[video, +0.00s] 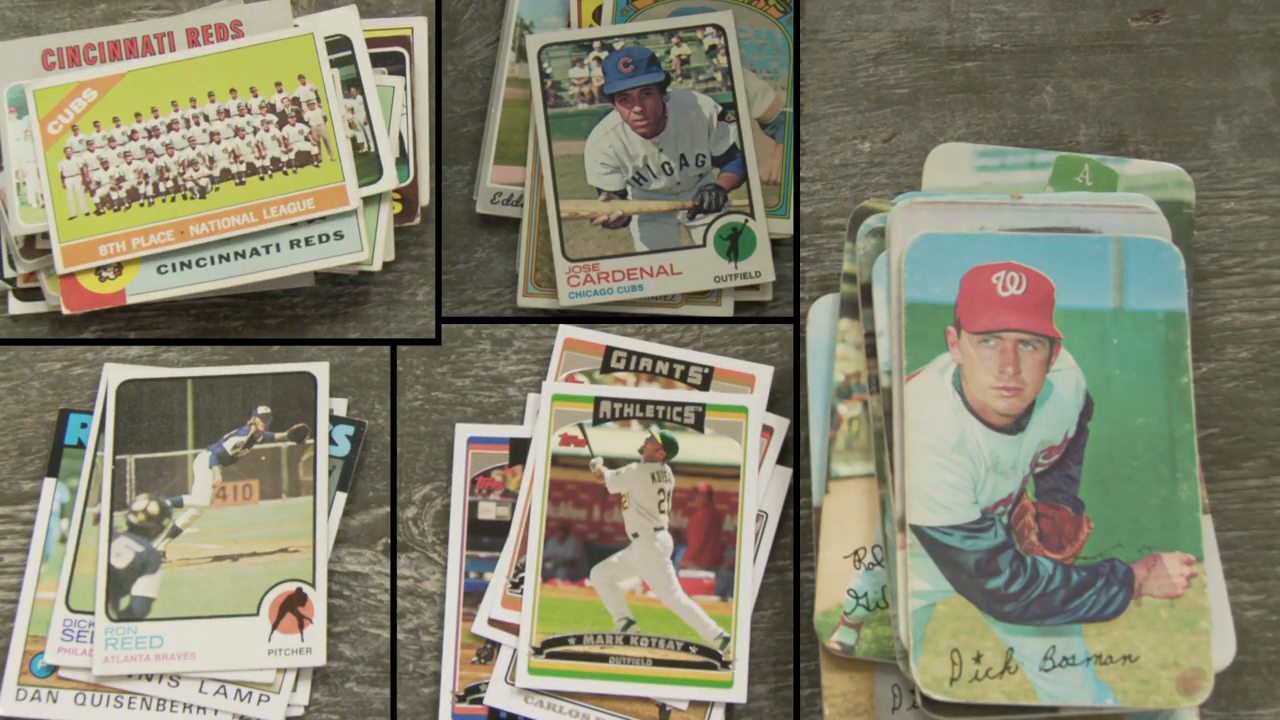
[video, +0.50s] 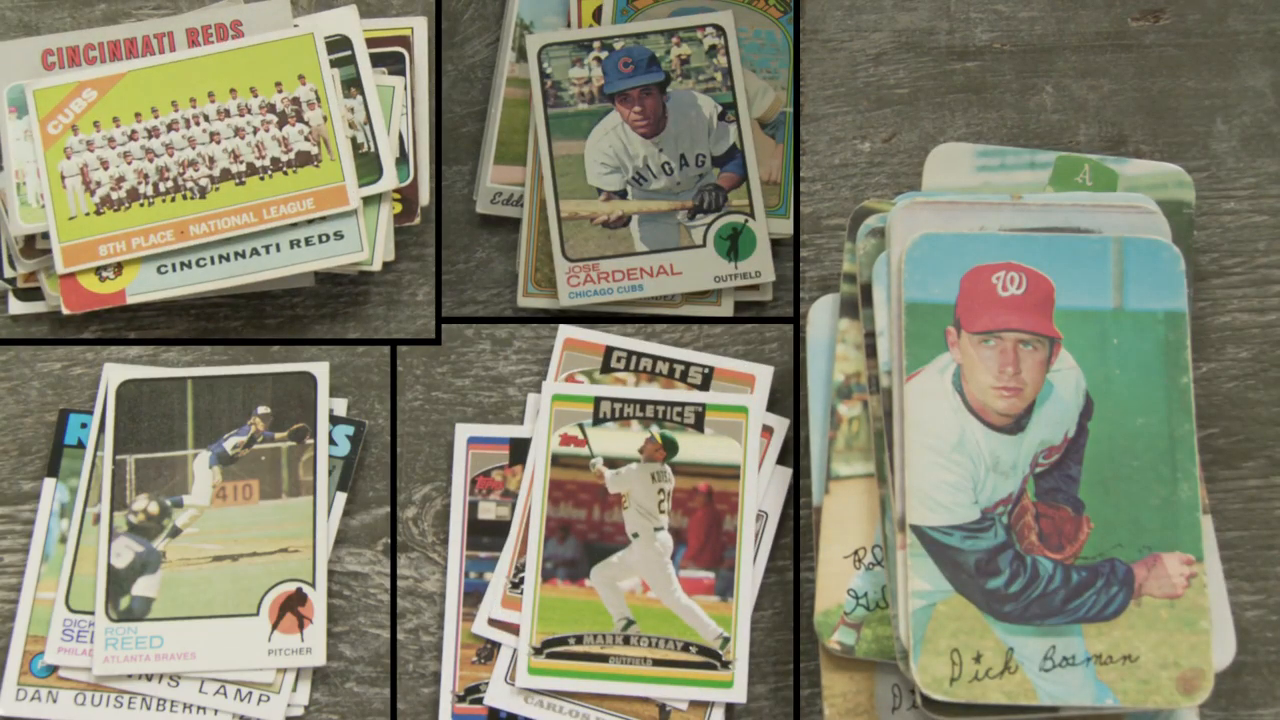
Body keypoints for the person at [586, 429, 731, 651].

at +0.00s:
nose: (645, 443)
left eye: (651, 442)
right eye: (648, 440)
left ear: (661, 454)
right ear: (661, 456)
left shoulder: (636, 471)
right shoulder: (666, 473)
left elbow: (611, 482)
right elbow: (630, 481)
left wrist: (600, 467)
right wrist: (605, 473)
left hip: (649, 542)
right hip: (658, 539)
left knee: (672, 596)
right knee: (600, 574)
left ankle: (718, 636)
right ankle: (624, 622)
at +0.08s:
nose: (645, 443)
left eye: (651, 442)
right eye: (648, 440)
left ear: (661, 454)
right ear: (661, 456)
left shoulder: (636, 471)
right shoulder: (666, 473)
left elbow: (611, 482)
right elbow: (630, 481)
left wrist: (600, 467)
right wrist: (605, 473)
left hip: (649, 542)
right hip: (658, 539)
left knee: (672, 596)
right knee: (600, 574)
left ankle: (718, 636)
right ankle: (624, 622)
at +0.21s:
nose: (645, 443)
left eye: (651, 442)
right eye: (648, 440)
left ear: (661, 454)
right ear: (661, 456)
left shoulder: (636, 471)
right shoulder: (666, 473)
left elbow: (611, 482)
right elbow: (630, 481)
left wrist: (600, 467)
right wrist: (605, 473)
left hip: (649, 542)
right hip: (658, 539)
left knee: (672, 596)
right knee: (600, 574)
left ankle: (718, 636)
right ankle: (624, 622)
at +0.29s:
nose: (645, 443)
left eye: (651, 442)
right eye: (648, 440)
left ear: (661, 454)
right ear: (661, 456)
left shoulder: (636, 471)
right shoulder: (666, 473)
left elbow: (611, 482)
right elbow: (630, 481)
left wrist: (600, 467)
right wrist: (605, 473)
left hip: (649, 542)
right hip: (658, 539)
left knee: (672, 596)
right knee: (600, 574)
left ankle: (718, 636)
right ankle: (624, 622)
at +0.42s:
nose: (645, 443)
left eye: (651, 442)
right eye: (648, 440)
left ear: (661, 454)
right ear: (661, 456)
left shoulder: (636, 471)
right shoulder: (666, 473)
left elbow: (611, 482)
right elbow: (630, 481)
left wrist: (600, 467)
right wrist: (605, 473)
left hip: (649, 542)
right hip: (658, 539)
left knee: (672, 596)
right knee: (600, 574)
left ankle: (718, 636)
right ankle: (624, 622)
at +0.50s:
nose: (645, 443)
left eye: (651, 442)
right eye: (648, 440)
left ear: (661, 454)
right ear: (661, 456)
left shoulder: (636, 471)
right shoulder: (666, 473)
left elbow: (611, 482)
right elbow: (630, 481)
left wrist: (600, 467)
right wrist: (605, 473)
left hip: (649, 542)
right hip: (658, 539)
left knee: (672, 596)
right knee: (600, 574)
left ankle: (718, 636)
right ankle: (624, 622)